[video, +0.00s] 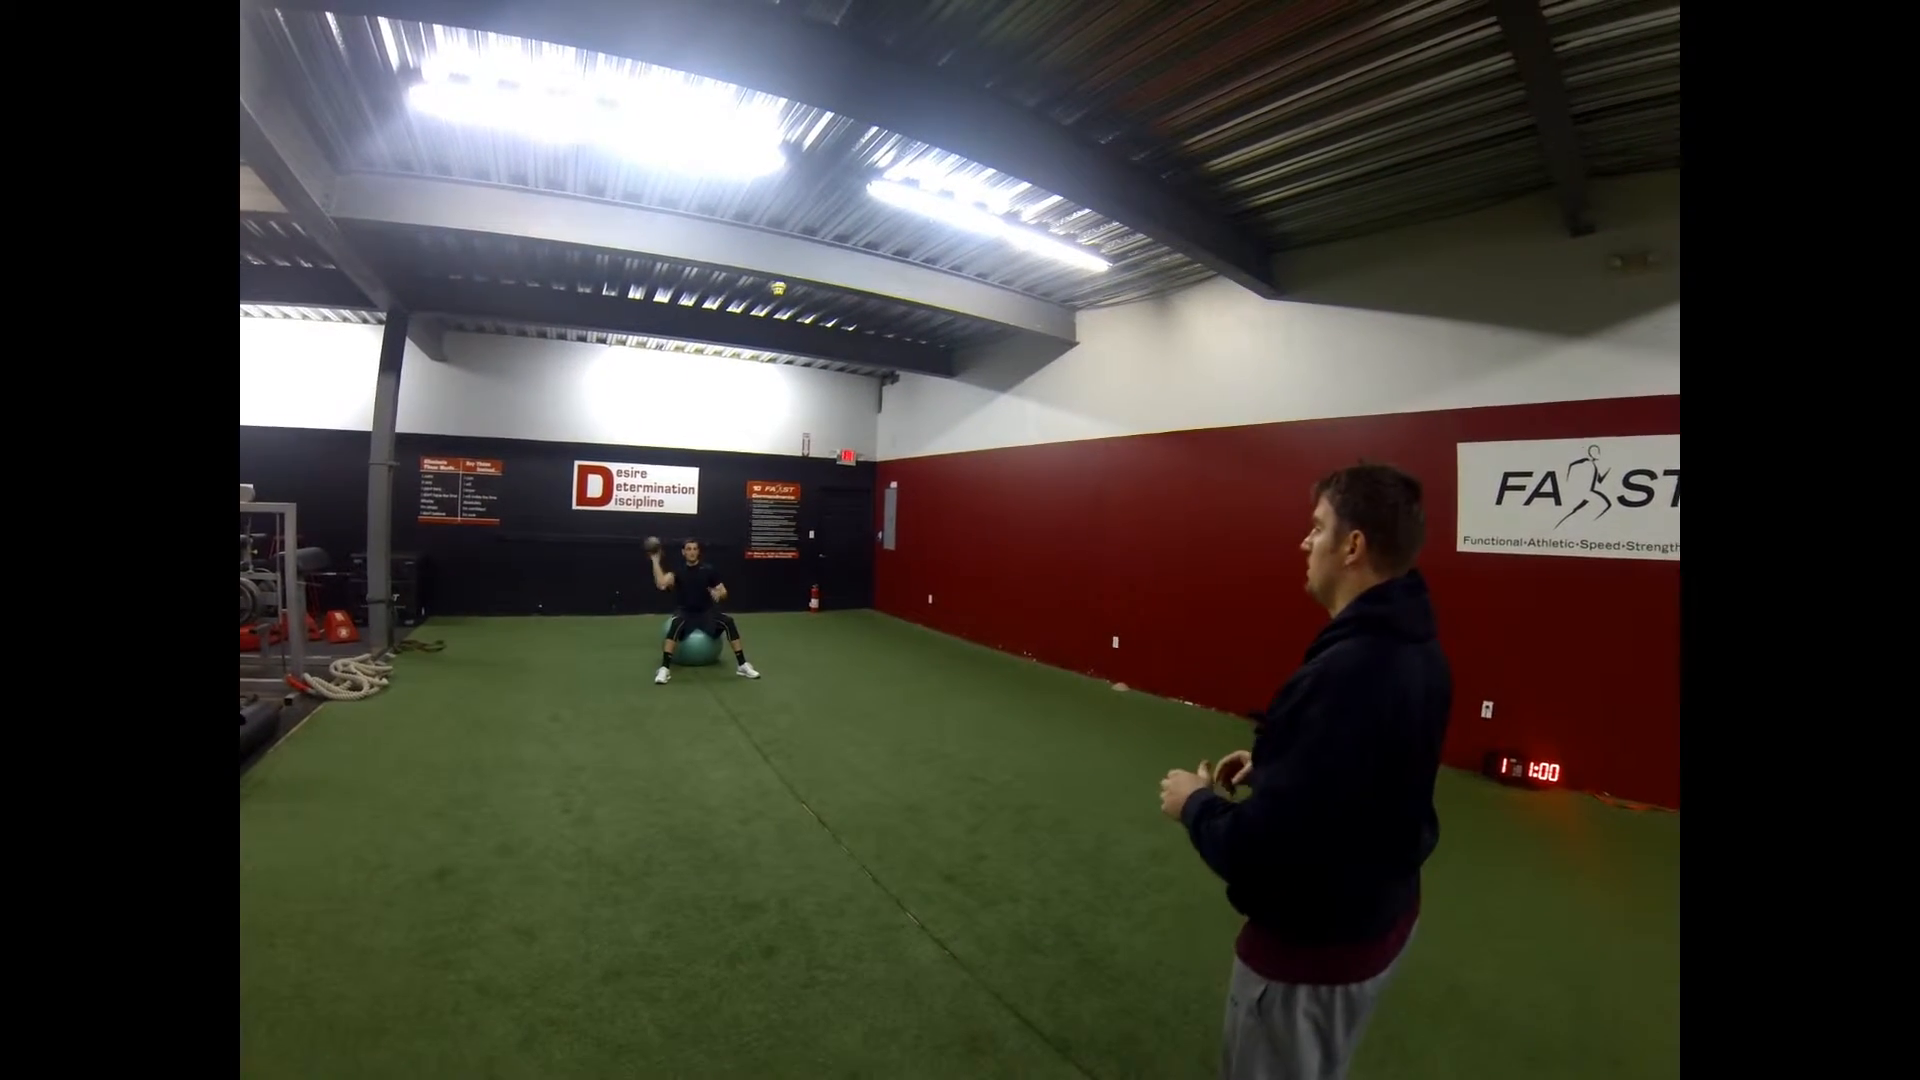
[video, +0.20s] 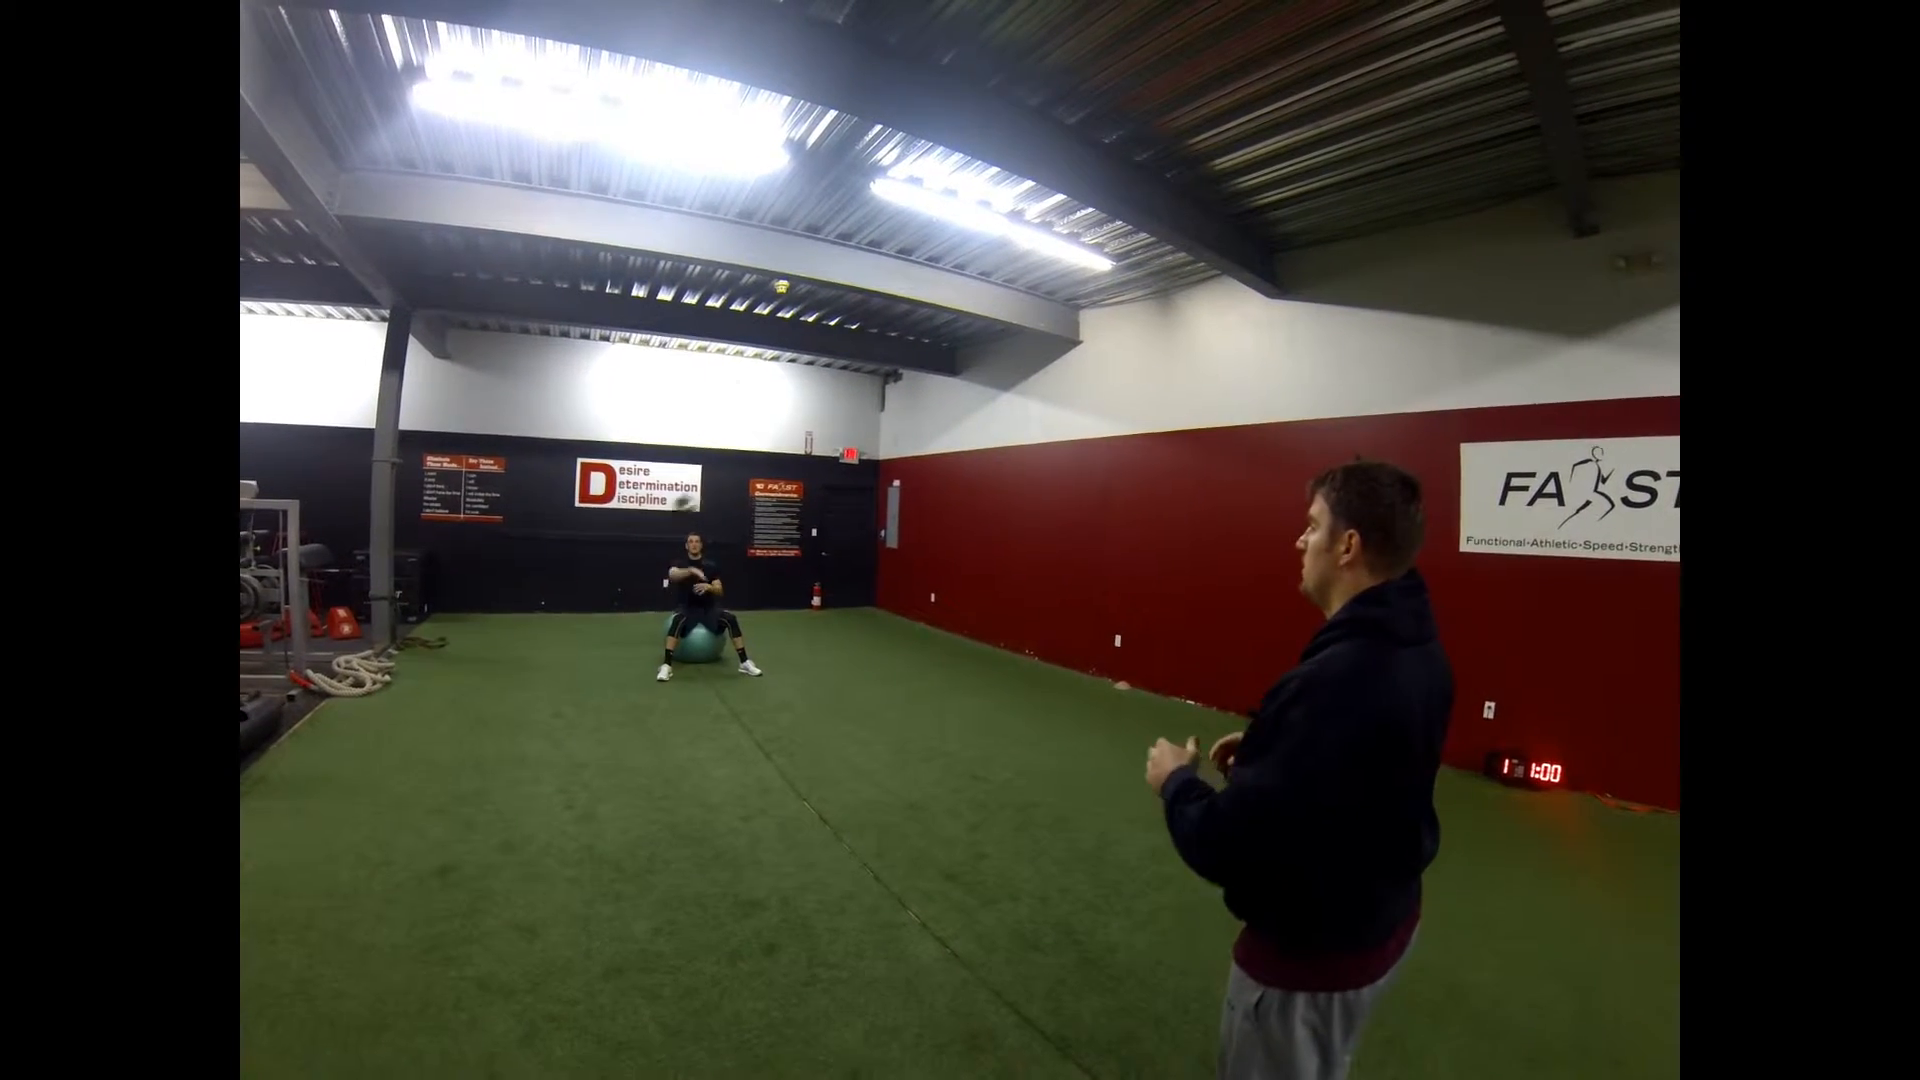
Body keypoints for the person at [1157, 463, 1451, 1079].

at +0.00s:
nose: (1304, 544)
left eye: (1316, 528)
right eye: (1310, 528)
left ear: (1353, 546)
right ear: (1363, 547)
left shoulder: (1347, 666)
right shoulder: (1414, 645)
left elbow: (1262, 847)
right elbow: (1368, 775)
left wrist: (1196, 806)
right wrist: (1268, 767)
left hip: (1306, 957)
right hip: (1373, 931)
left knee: (1266, 1069)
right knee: (1313, 1066)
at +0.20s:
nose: (1299, 543)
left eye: (1310, 527)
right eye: (1305, 526)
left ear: (1348, 546)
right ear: (1366, 549)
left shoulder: (1337, 675)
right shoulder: (1415, 644)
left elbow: (1231, 848)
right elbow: (1368, 770)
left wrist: (1177, 783)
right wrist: (1266, 754)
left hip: (1304, 961)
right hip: (1376, 930)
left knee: (1264, 1070)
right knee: (1317, 1065)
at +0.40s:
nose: (1293, 549)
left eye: (1304, 531)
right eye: (1298, 531)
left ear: (1340, 549)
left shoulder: (1315, 681)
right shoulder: (1409, 648)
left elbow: (1192, 817)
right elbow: (1341, 763)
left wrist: (1161, 757)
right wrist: (1237, 734)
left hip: (1312, 961)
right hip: (1392, 933)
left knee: (1256, 1069)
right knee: (1318, 1065)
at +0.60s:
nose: (1286, 574)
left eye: (1294, 556)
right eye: (1289, 557)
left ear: (1327, 568)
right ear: (1378, 569)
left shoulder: (1320, 683)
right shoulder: (1405, 655)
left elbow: (1197, 786)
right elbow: (1313, 738)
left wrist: (1136, 744)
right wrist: (1210, 731)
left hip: (1331, 979)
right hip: (1424, 947)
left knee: (1246, 1069)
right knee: (1353, 1062)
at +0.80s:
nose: (1302, 602)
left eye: (1303, 584)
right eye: (1301, 585)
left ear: (1328, 582)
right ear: (1388, 576)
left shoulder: (1323, 697)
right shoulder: (1428, 666)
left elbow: (1243, 827)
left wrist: (1201, 830)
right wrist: (1229, 808)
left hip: (1350, 986)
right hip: (1451, 960)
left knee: (1252, 1070)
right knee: (1399, 1068)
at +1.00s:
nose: (1342, 591)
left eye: (1342, 576)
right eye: (1341, 578)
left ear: (1360, 576)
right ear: (1424, 570)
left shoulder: (1343, 690)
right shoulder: (1490, 669)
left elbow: (1276, 823)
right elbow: (1482, 794)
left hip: (1359, 978)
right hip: (1471, 962)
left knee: (1267, 1070)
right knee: (1412, 1072)